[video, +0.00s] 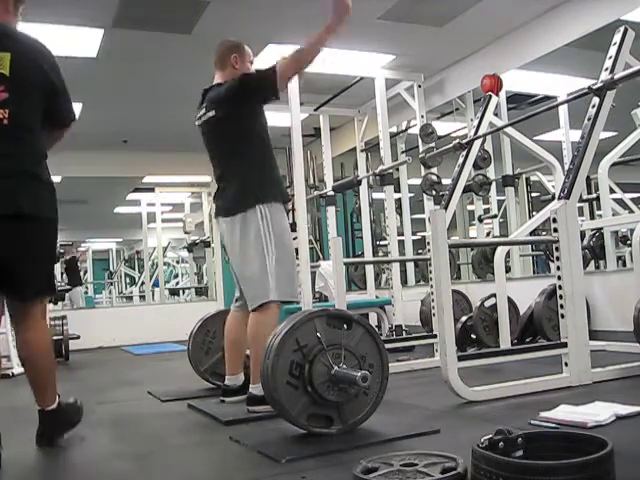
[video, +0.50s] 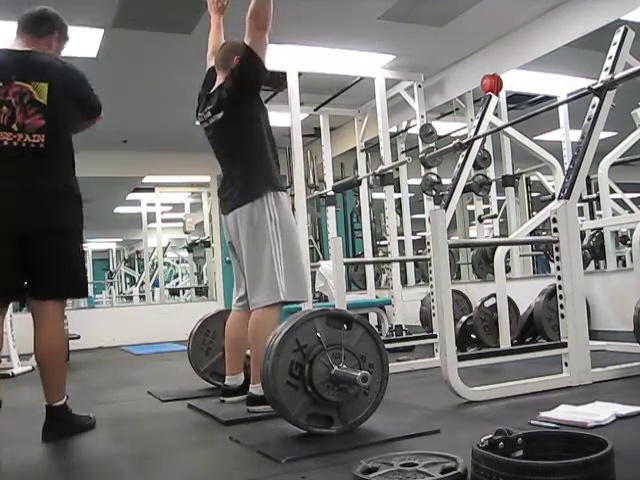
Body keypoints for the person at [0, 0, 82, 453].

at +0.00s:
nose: (18, 12)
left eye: (14, 8)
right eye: (18, 7)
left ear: (4, 8)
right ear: (12, 7)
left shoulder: (32, 52)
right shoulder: (31, 51)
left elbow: (58, 120)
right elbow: (61, 121)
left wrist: (25, 154)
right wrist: (25, 154)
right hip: (22, 199)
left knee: (29, 311)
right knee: (29, 310)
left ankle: (50, 412)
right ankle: (50, 414)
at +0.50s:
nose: (62, 52)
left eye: (63, 47)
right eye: (64, 45)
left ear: (20, 34)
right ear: (55, 39)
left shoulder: (0, 64)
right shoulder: (64, 74)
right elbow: (90, 114)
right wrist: (49, 124)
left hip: (0, 212)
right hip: (49, 212)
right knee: (48, 310)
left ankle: (58, 411)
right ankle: (57, 413)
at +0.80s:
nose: (60, 64)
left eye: (60, 59)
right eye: (62, 58)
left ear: (23, 45)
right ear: (53, 51)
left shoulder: (2, 66)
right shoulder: (58, 77)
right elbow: (83, 89)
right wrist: (50, 68)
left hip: (2, 214)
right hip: (45, 213)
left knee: (3, 308)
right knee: (47, 310)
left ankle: (57, 411)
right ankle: (57, 413)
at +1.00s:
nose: (41, 67)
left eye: (43, 62)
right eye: (43, 62)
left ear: (7, 49)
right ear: (31, 53)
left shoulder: (11, 80)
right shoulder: (21, 79)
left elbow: (67, 82)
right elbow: (69, 82)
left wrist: (34, 68)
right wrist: (41, 65)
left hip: (19, 217)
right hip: (29, 217)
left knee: (40, 312)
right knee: (42, 310)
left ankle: (57, 410)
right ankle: (56, 412)